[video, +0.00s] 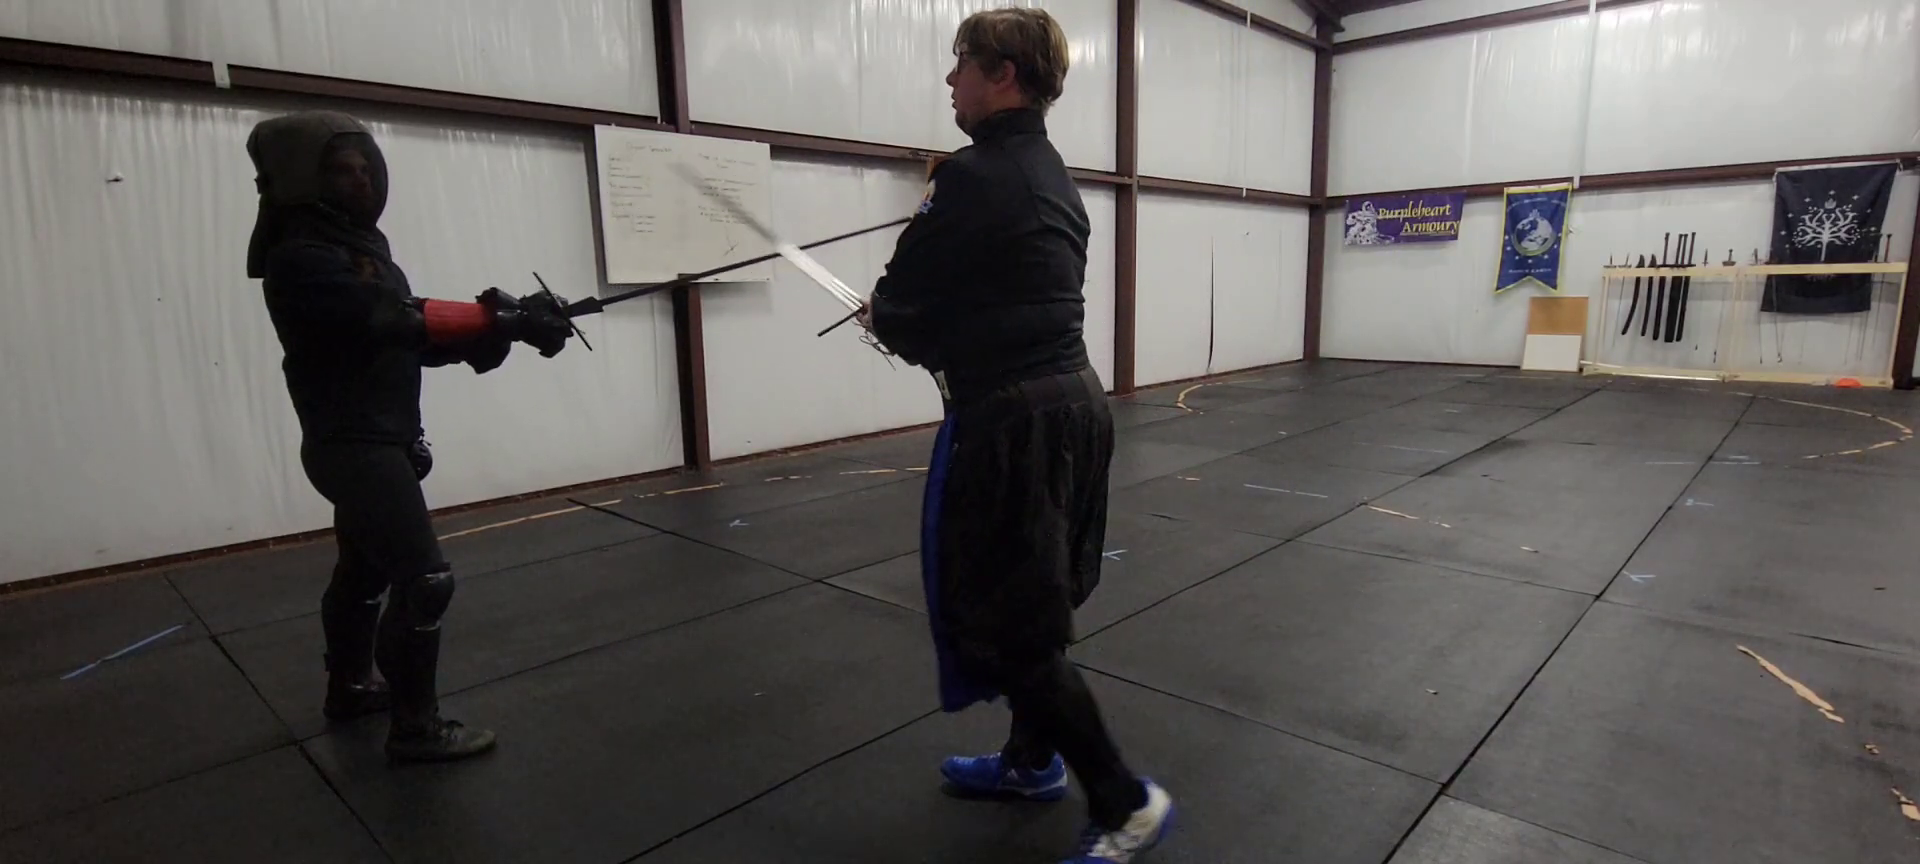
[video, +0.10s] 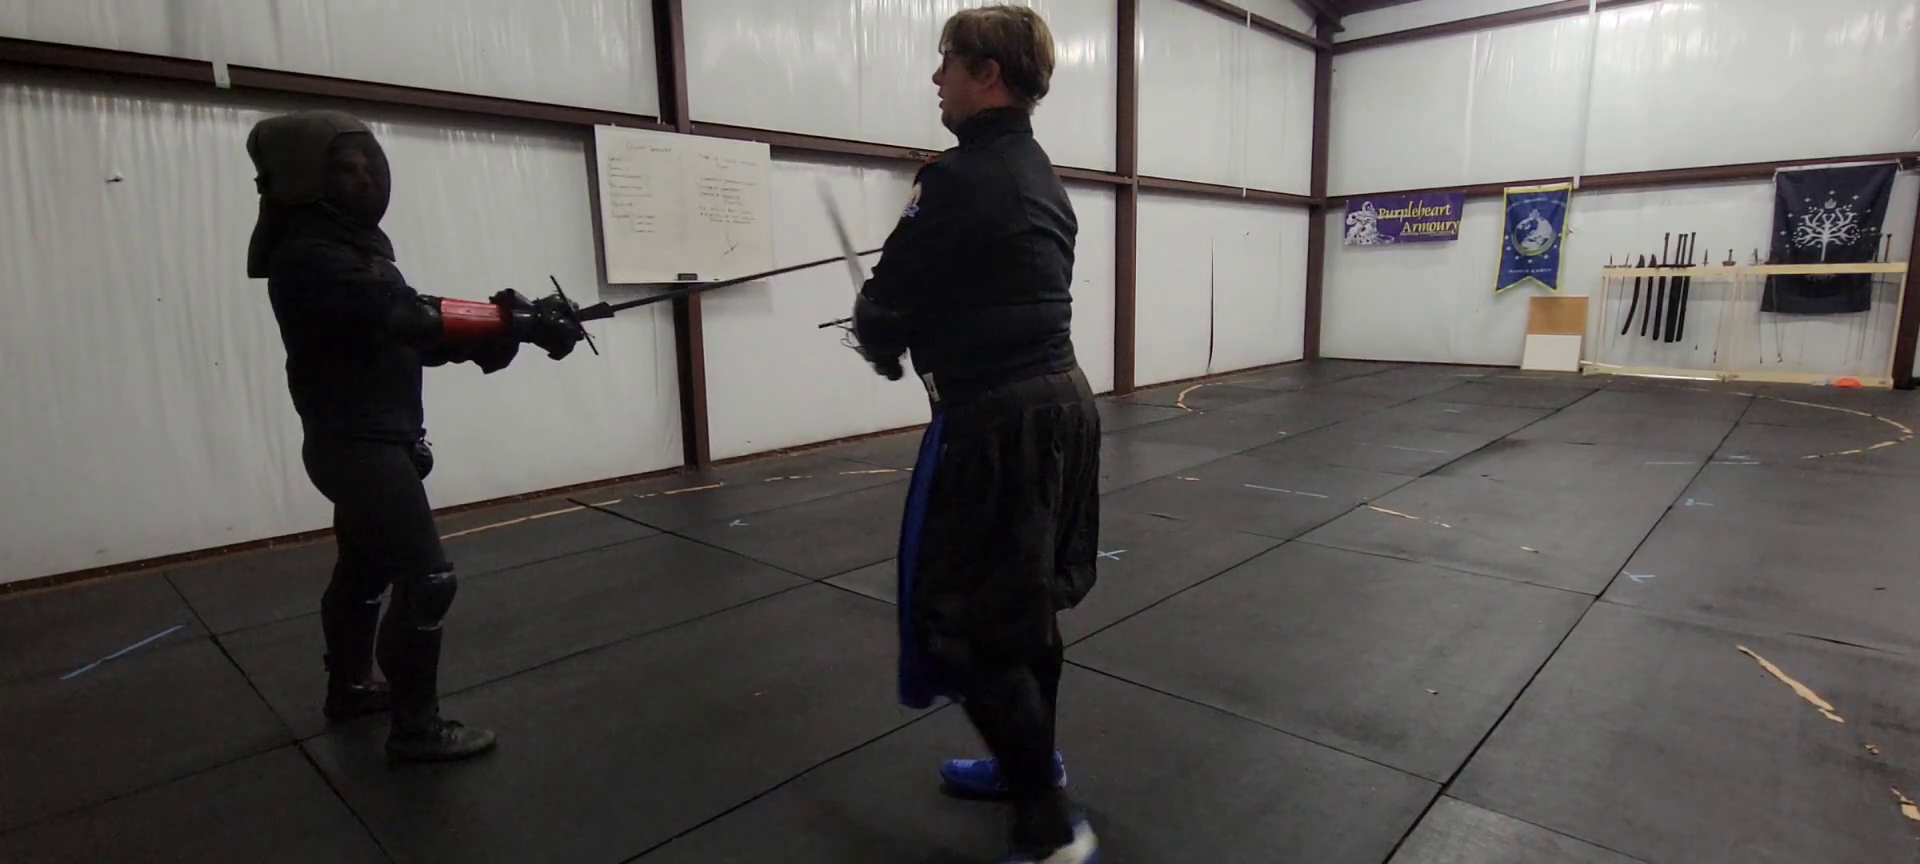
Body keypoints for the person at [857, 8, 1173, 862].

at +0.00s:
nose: (949, 79)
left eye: (963, 66)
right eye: (955, 65)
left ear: (1007, 79)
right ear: (1024, 83)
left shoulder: (972, 177)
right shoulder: (1054, 174)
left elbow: (899, 307)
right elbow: (1017, 292)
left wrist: (886, 314)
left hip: (1008, 420)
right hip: (1074, 402)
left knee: (1017, 620)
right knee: (1032, 591)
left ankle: (1126, 802)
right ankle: (1030, 761)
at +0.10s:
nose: (935, 76)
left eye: (948, 63)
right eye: (940, 62)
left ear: (989, 76)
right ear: (1006, 82)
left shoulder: (959, 181)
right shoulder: (1042, 175)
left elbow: (888, 305)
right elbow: (1006, 288)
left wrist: (881, 340)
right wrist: (915, 318)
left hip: (994, 424)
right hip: (1065, 406)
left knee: (970, 609)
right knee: (1027, 593)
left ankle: (1049, 827)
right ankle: (1022, 759)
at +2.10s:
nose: (891, 80)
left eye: (895, 63)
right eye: (893, 62)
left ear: (918, 66)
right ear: (981, 72)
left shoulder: (864, 182)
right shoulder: (1033, 184)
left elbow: (794, 331)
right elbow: (1012, 310)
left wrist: (860, 373)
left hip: (914, 450)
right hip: (1037, 439)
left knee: (859, 678)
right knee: (1029, 626)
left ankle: (843, 853)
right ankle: (1074, 780)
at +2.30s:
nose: (944, 65)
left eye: (954, 51)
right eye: (949, 50)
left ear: (989, 63)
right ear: (1022, 71)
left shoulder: (956, 174)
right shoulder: (1062, 170)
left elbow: (892, 304)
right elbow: (1019, 294)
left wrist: (875, 351)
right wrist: (904, 320)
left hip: (998, 429)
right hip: (1092, 412)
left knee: (947, 644)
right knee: (1058, 606)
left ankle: (937, 843)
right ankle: (1076, 782)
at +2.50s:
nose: (974, 68)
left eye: (986, 54)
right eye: (979, 52)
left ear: (1024, 65)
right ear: (1044, 69)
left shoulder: (1010, 170)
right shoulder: (1072, 153)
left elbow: (956, 306)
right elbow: (1003, 291)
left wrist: (912, 356)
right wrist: (906, 331)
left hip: (1062, 423)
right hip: (1119, 402)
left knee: (1068, 634)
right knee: (1077, 603)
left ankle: (1157, 840)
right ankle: (1075, 785)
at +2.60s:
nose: (987, 70)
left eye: (998, 56)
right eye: (992, 55)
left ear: (1036, 66)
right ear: (1046, 69)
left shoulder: (1044, 171)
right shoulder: (1066, 156)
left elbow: (991, 308)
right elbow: (1007, 292)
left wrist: (928, 366)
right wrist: (921, 336)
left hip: (1099, 425)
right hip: (1096, 415)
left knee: (1124, 634)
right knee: (1064, 609)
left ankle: (1245, 822)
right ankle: (1073, 783)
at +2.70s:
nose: (1001, 80)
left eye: (1011, 64)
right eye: (1006, 64)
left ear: (1049, 73)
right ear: (1064, 78)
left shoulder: (1063, 178)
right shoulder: (1075, 164)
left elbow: (1018, 323)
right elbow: (1029, 310)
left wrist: (951, 375)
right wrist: (936, 343)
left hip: (1127, 439)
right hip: (1101, 433)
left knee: (1172, 651)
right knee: (1064, 614)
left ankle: (1282, 827)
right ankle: (1074, 784)